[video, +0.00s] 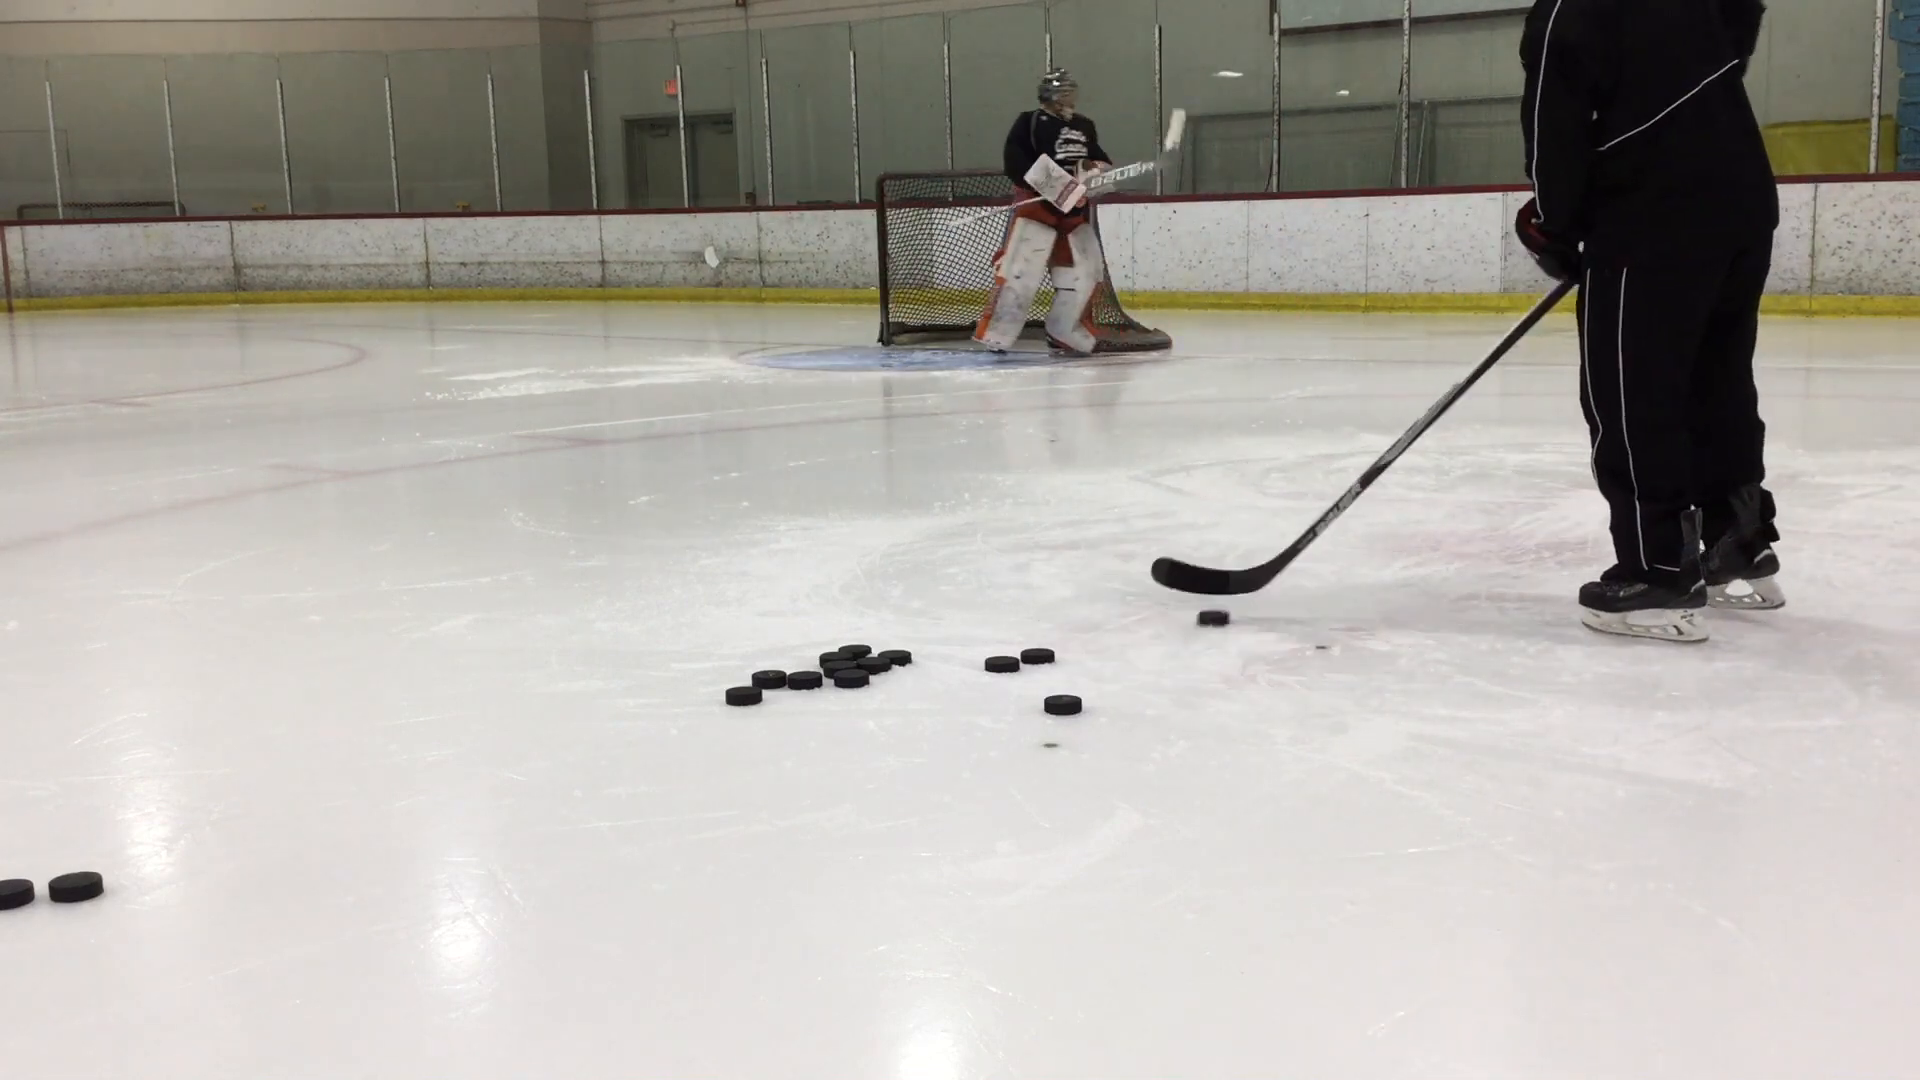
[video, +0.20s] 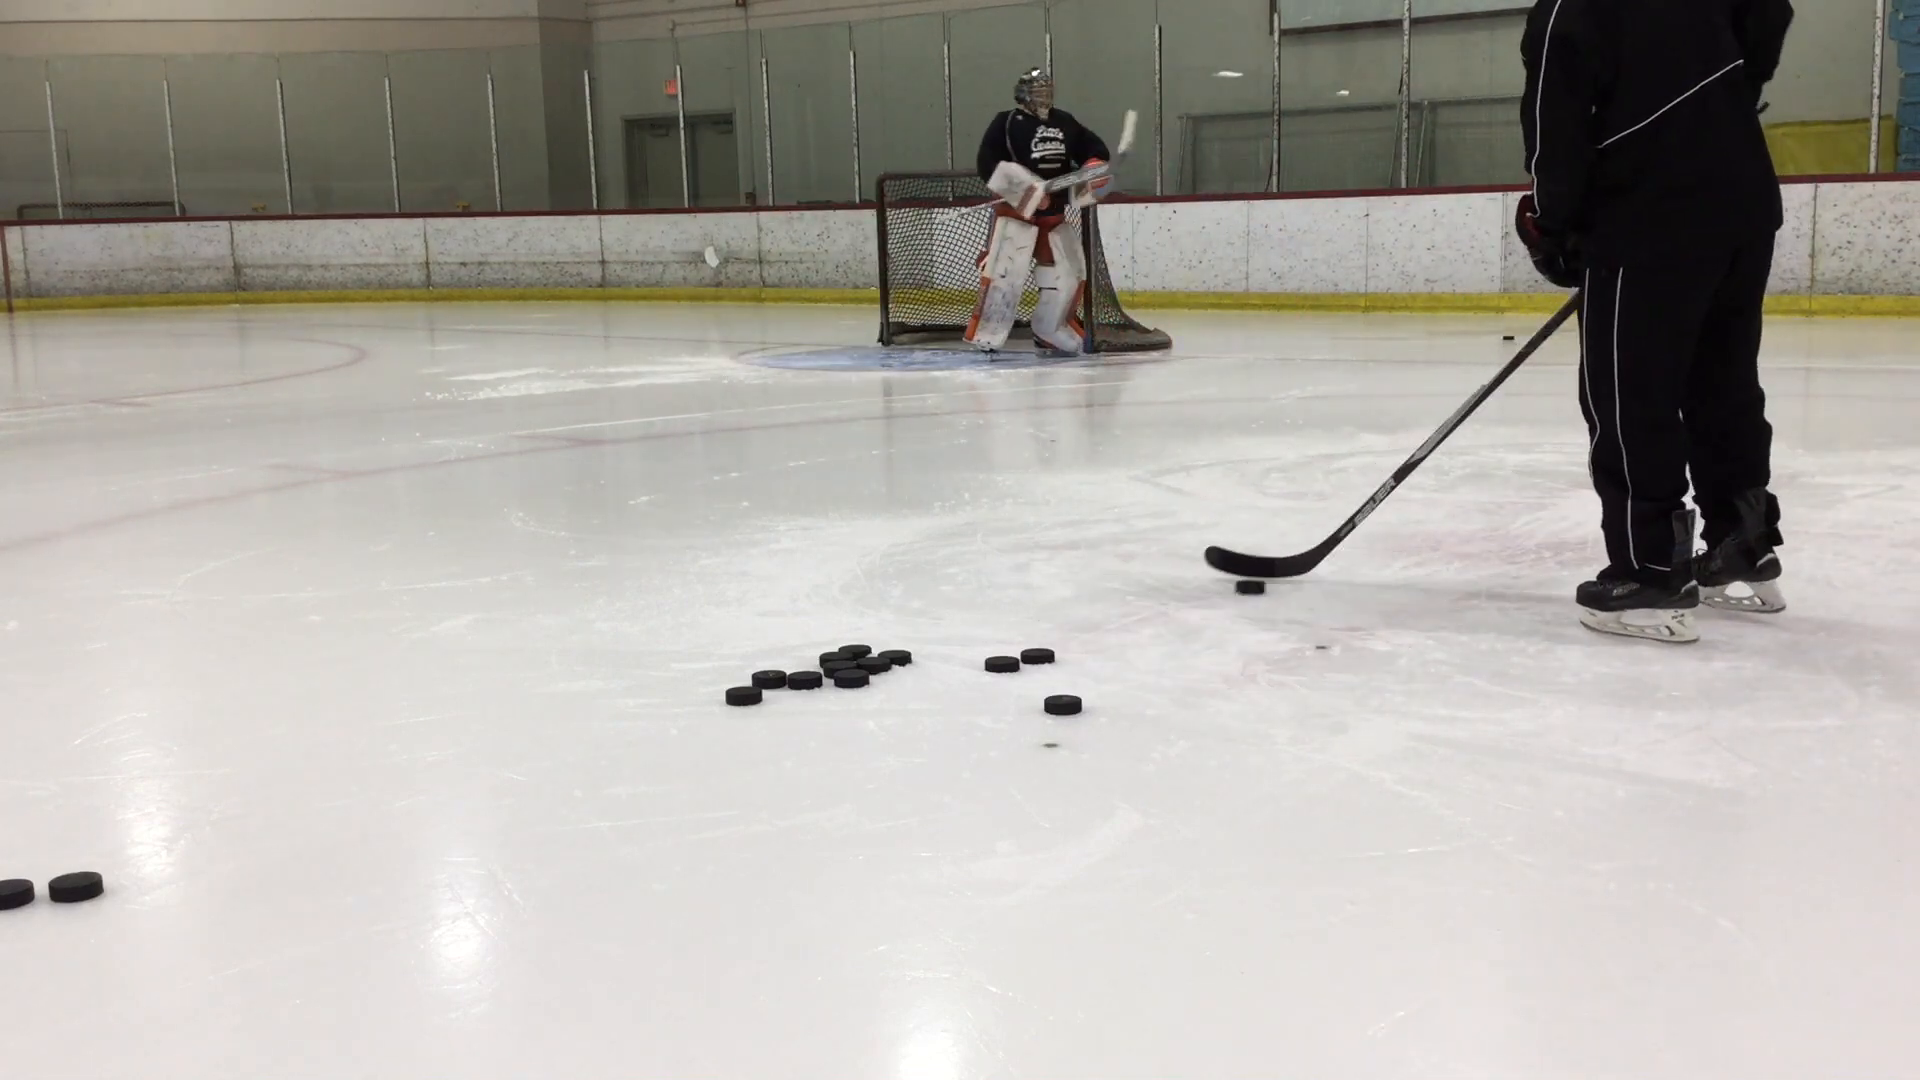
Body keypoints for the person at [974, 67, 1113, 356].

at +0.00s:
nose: (1071, 97)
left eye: (1073, 92)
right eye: (1065, 92)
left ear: (1075, 94)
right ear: (1049, 95)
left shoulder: (1084, 126)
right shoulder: (1029, 122)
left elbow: (1101, 160)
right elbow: (1014, 166)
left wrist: (1098, 168)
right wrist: (1054, 189)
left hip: (1074, 217)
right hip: (1035, 214)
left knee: (1083, 275)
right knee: (1020, 275)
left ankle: (1062, 333)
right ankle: (997, 337)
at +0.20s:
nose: (1045, 95)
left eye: (1048, 90)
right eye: (1038, 90)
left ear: (1052, 91)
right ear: (1023, 93)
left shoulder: (1064, 122)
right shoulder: (1006, 123)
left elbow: (1096, 151)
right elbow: (987, 165)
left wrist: (1090, 176)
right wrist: (1024, 189)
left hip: (1058, 217)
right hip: (1016, 217)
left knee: (1067, 275)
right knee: (1005, 276)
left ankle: (1048, 332)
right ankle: (989, 339)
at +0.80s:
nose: (1033, 108)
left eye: (1037, 102)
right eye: (1027, 102)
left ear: (1041, 103)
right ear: (1013, 102)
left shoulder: (1048, 128)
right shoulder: (989, 125)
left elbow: (1057, 169)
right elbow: (966, 167)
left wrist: (1068, 202)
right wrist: (990, 205)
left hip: (1039, 216)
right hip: (998, 215)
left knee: (1049, 276)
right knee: (993, 278)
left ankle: (1053, 338)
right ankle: (983, 341)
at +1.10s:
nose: (1052, 115)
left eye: (1055, 110)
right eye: (1047, 109)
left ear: (1059, 111)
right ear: (1033, 105)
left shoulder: (1057, 136)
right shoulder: (1007, 124)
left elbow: (1054, 176)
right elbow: (981, 166)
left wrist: (1067, 203)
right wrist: (1002, 201)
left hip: (1042, 217)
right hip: (1006, 217)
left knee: (1055, 275)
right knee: (1003, 276)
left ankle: (1062, 335)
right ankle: (990, 338)